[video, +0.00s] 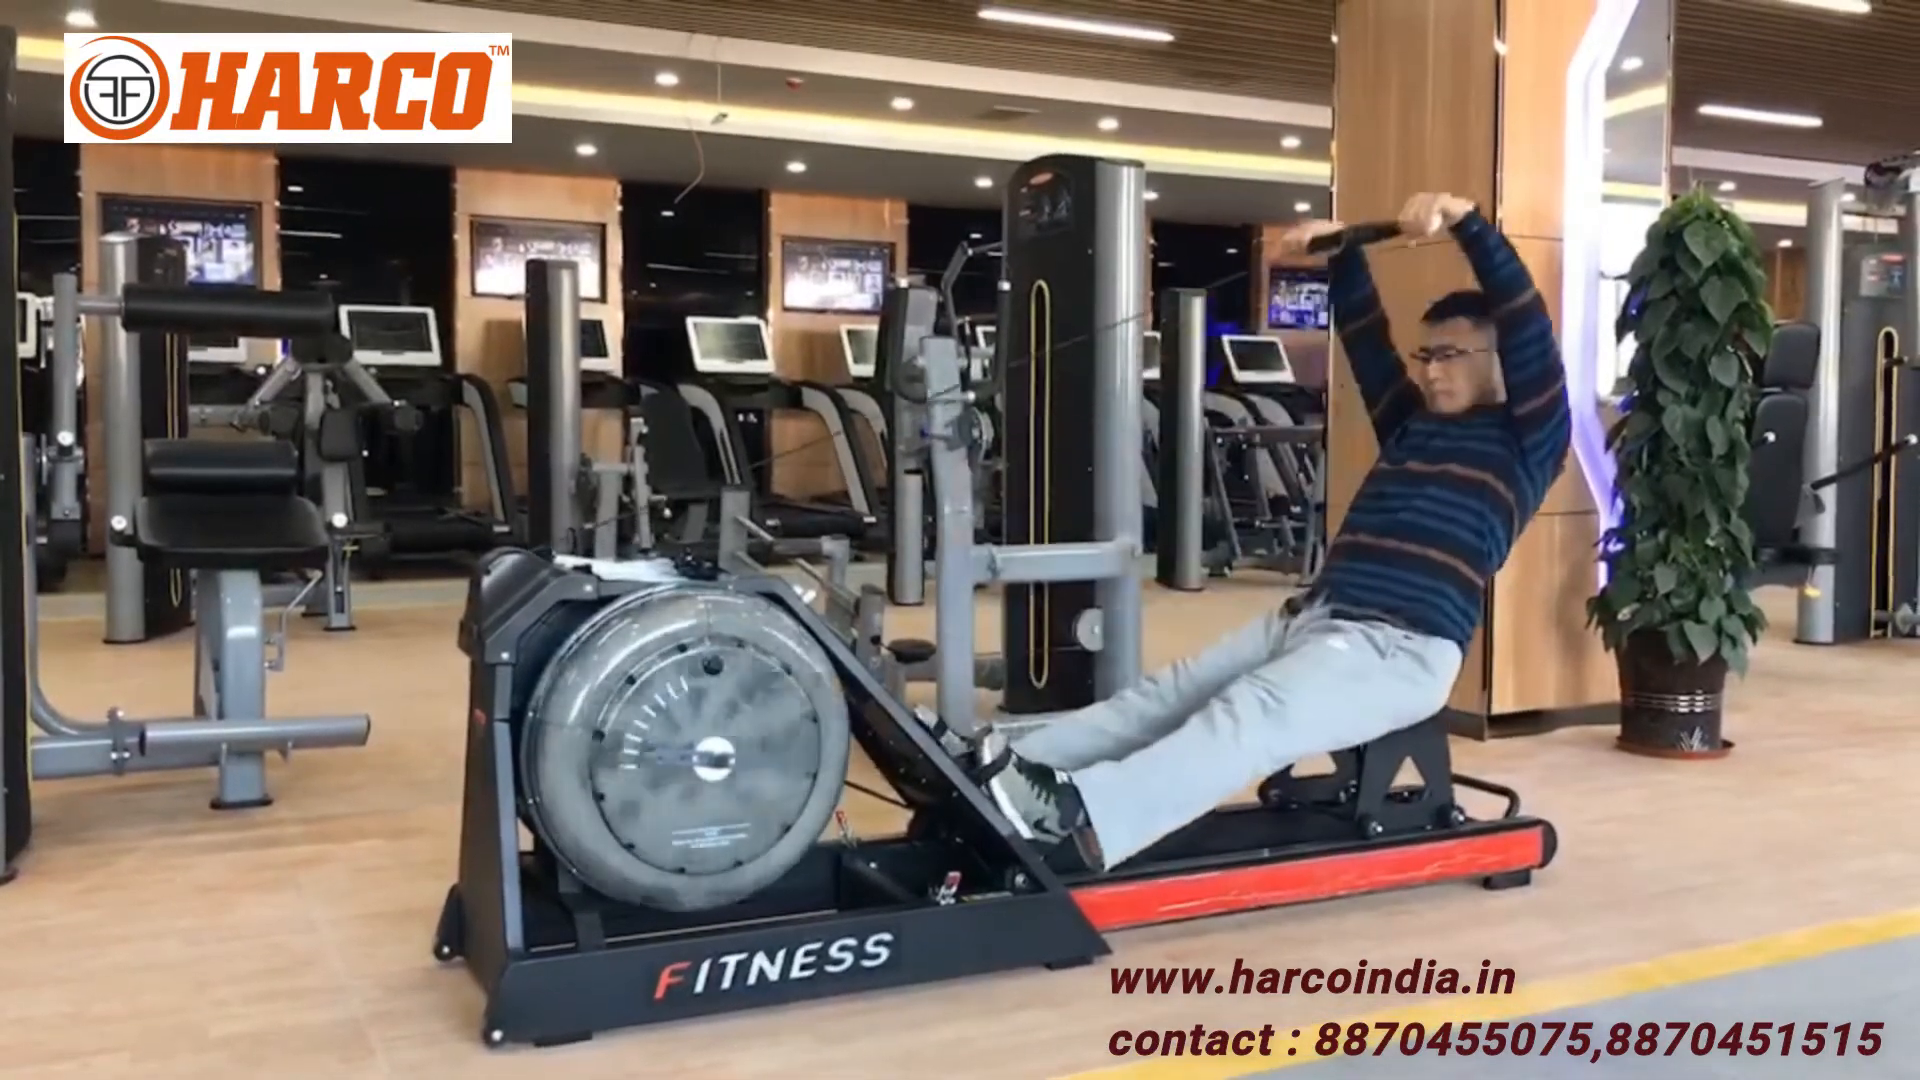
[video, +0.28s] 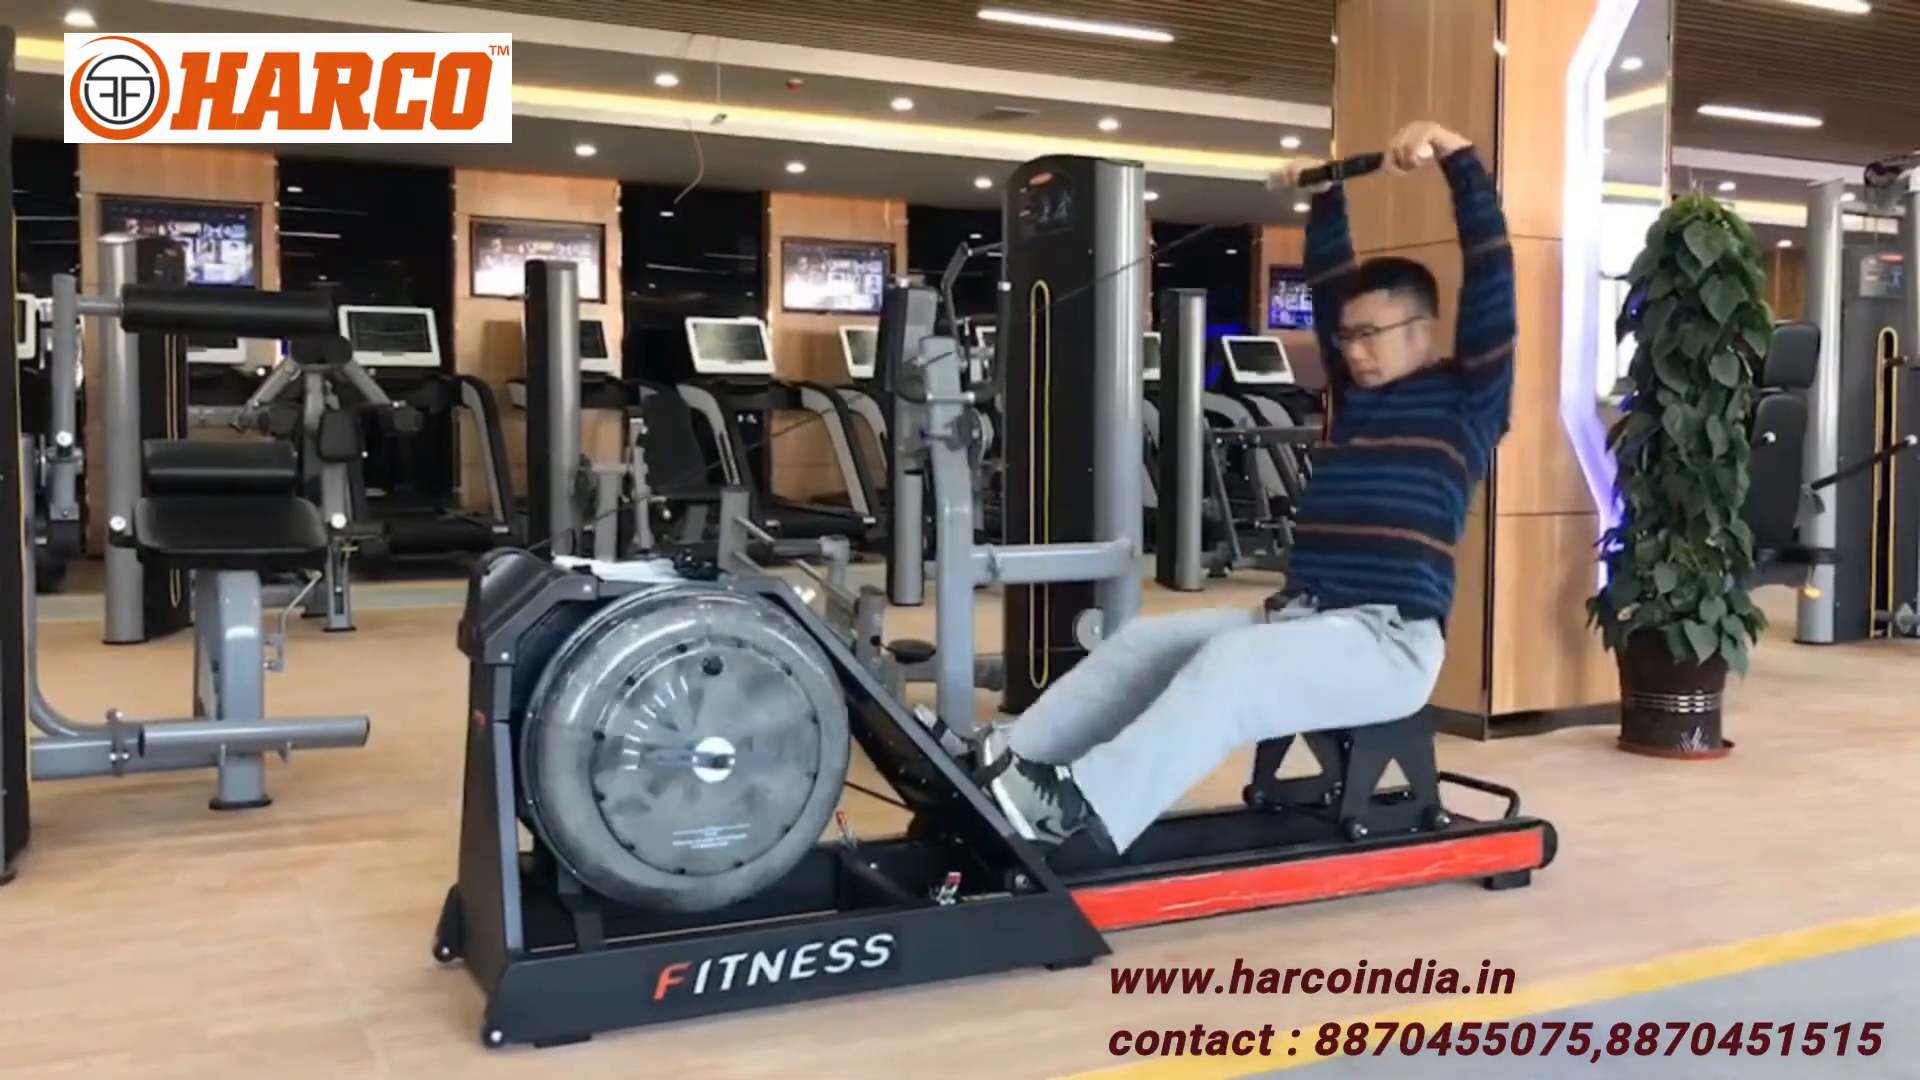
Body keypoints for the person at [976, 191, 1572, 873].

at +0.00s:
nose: (1426, 370)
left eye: (1446, 354)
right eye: (1422, 356)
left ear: (1500, 359)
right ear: (1420, 361)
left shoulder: (1528, 442)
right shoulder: (1406, 423)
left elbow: (1526, 336)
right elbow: (1366, 341)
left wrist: (1472, 224)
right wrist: (1341, 254)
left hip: (1403, 648)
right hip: (1315, 623)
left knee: (1247, 716)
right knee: (1176, 691)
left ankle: (1075, 818)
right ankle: (991, 755)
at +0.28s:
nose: (1354, 348)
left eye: (1371, 331)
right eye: (1346, 334)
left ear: (1428, 331)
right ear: (1339, 336)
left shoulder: (1467, 402)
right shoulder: (1351, 397)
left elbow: (1490, 291)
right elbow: (1333, 301)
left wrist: (1461, 161)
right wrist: (1326, 195)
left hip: (1388, 641)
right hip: (1297, 623)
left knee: (1230, 668)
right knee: (1145, 645)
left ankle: (1080, 809)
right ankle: (993, 763)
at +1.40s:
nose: (1269, 317)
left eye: (1289, 305)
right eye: (1272, 303)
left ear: (1344, 326)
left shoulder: (1360, 414)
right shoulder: (1262, 406)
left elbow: (1255, 446)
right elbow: (1166, 446)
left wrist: (1137, 457)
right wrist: (1045, 459)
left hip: (1310, 637)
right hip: (1223, 614)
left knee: (1163, 606)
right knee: (1062, 585)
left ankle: (1040, 792)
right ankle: (960, 751)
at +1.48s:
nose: (1299, 327)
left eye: (1319, 313)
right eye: (1299, 313)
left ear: (1376, 331)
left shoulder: (1392, 415)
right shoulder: (1282, 413)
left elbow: (1285, 434)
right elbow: (1195, 432)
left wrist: (1183, 436)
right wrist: (1082, 436)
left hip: (1332, 636)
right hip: (1246, 617)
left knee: (1181, 619)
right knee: (1079, 598)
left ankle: (1049, 793)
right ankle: (963, 754)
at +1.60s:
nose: (1359, 344)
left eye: (1378, 328)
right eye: (1355, 330)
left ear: (1433, 344)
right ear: (1350, 336)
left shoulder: (1454, 419)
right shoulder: (1339, 415)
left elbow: (1369, 405)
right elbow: (1258, 424)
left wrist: (1270, 384)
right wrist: (1167, 396)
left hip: (1367, 639)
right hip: (1281, 617)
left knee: (1210, 651)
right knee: (1105, 627)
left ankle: (1065, 798)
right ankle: (978, 759)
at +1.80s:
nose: (1415, 366)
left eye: (1433, 350)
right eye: (1415, 351)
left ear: (1479, 364)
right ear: (1407, 364)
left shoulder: (1515, 445)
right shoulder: (1380, 436)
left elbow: (1476, 356)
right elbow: (1297, 389)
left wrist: (1374, 314)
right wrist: (1257, 341)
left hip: (1396, 641)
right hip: (1307, 614)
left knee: (1232, 698)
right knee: (1155, 671)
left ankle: (1069, 810)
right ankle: (984, 756)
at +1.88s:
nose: (1423, 366)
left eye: (1442, 357)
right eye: (1422, 355)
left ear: (1489, 371)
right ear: (1420, 371)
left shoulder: (1522, 449)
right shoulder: (1391, 436)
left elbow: (1499, 344)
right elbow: (1319, 388)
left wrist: (1403, 292)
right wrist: (1289, 325)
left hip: (1398, 641)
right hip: (1308, 616)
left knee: (1237, 711)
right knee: (1165, 681)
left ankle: (1073, 813)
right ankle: (986, 754)